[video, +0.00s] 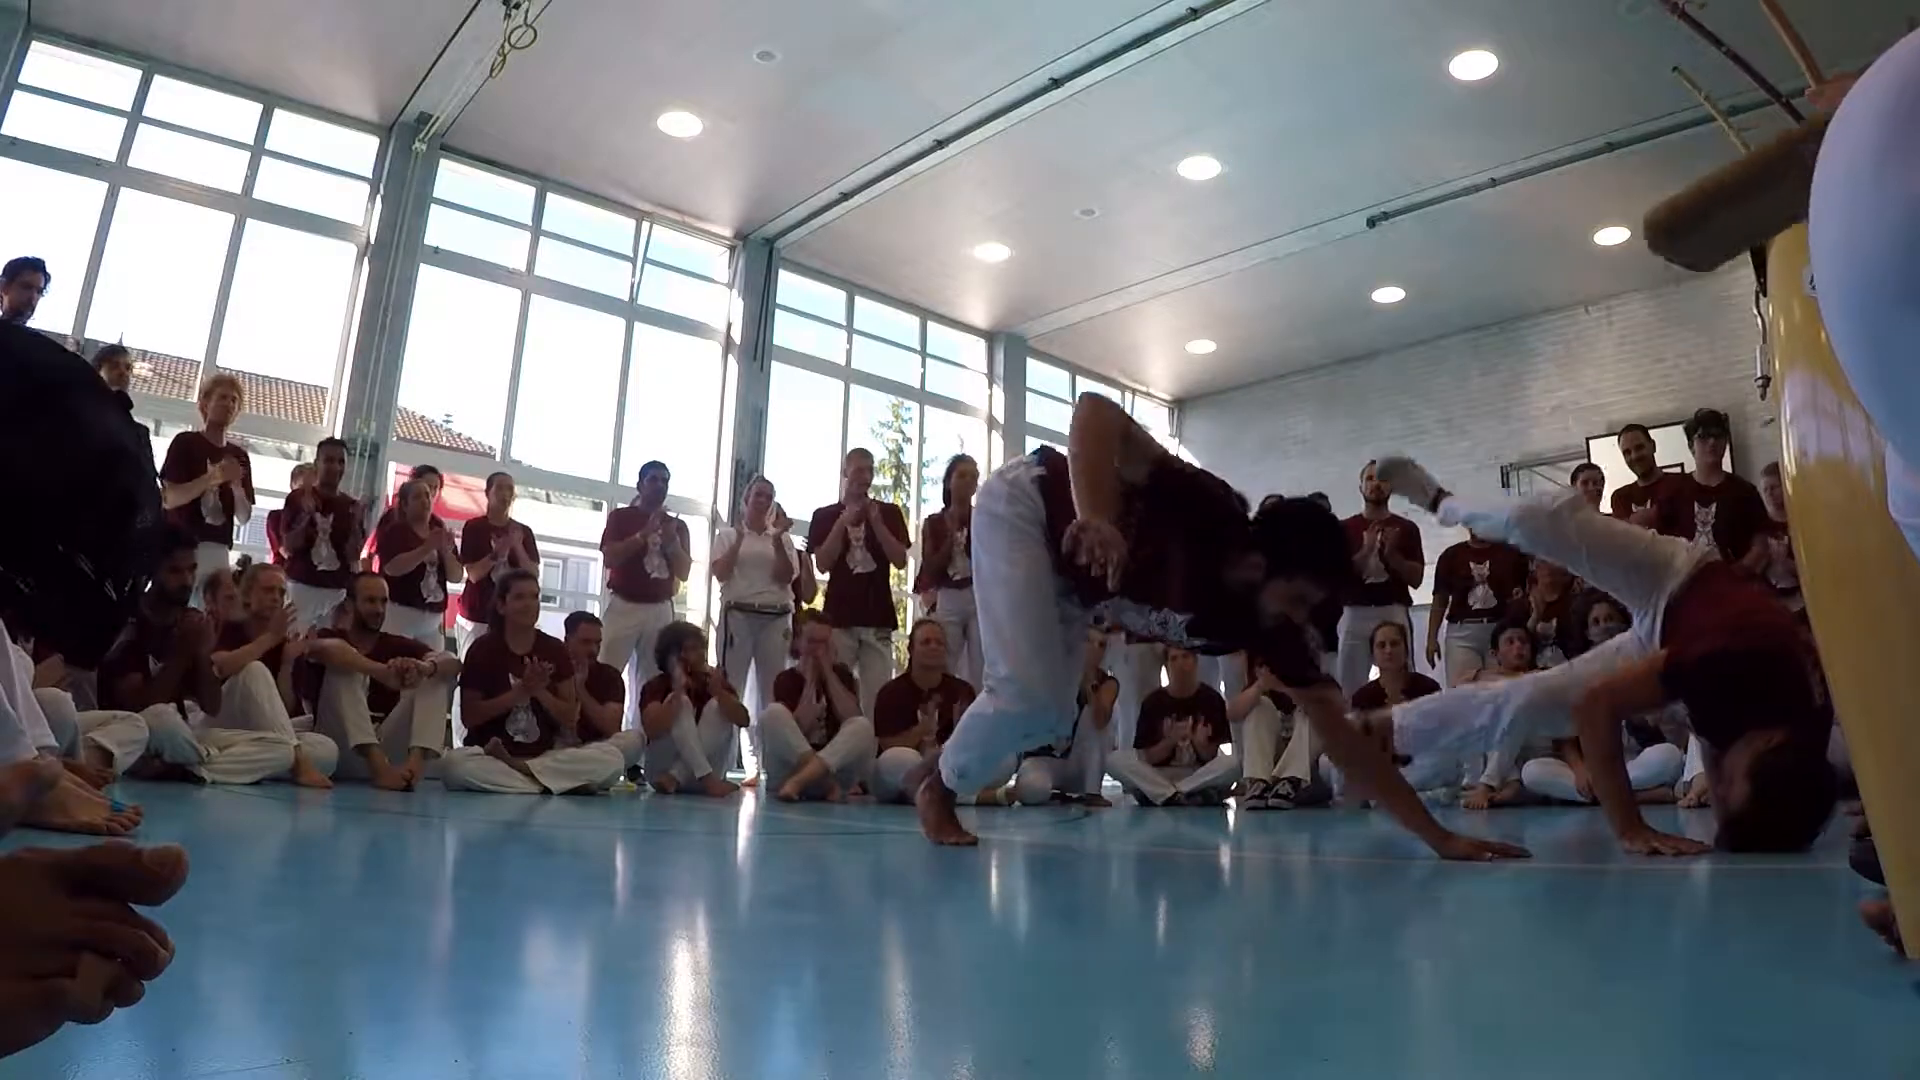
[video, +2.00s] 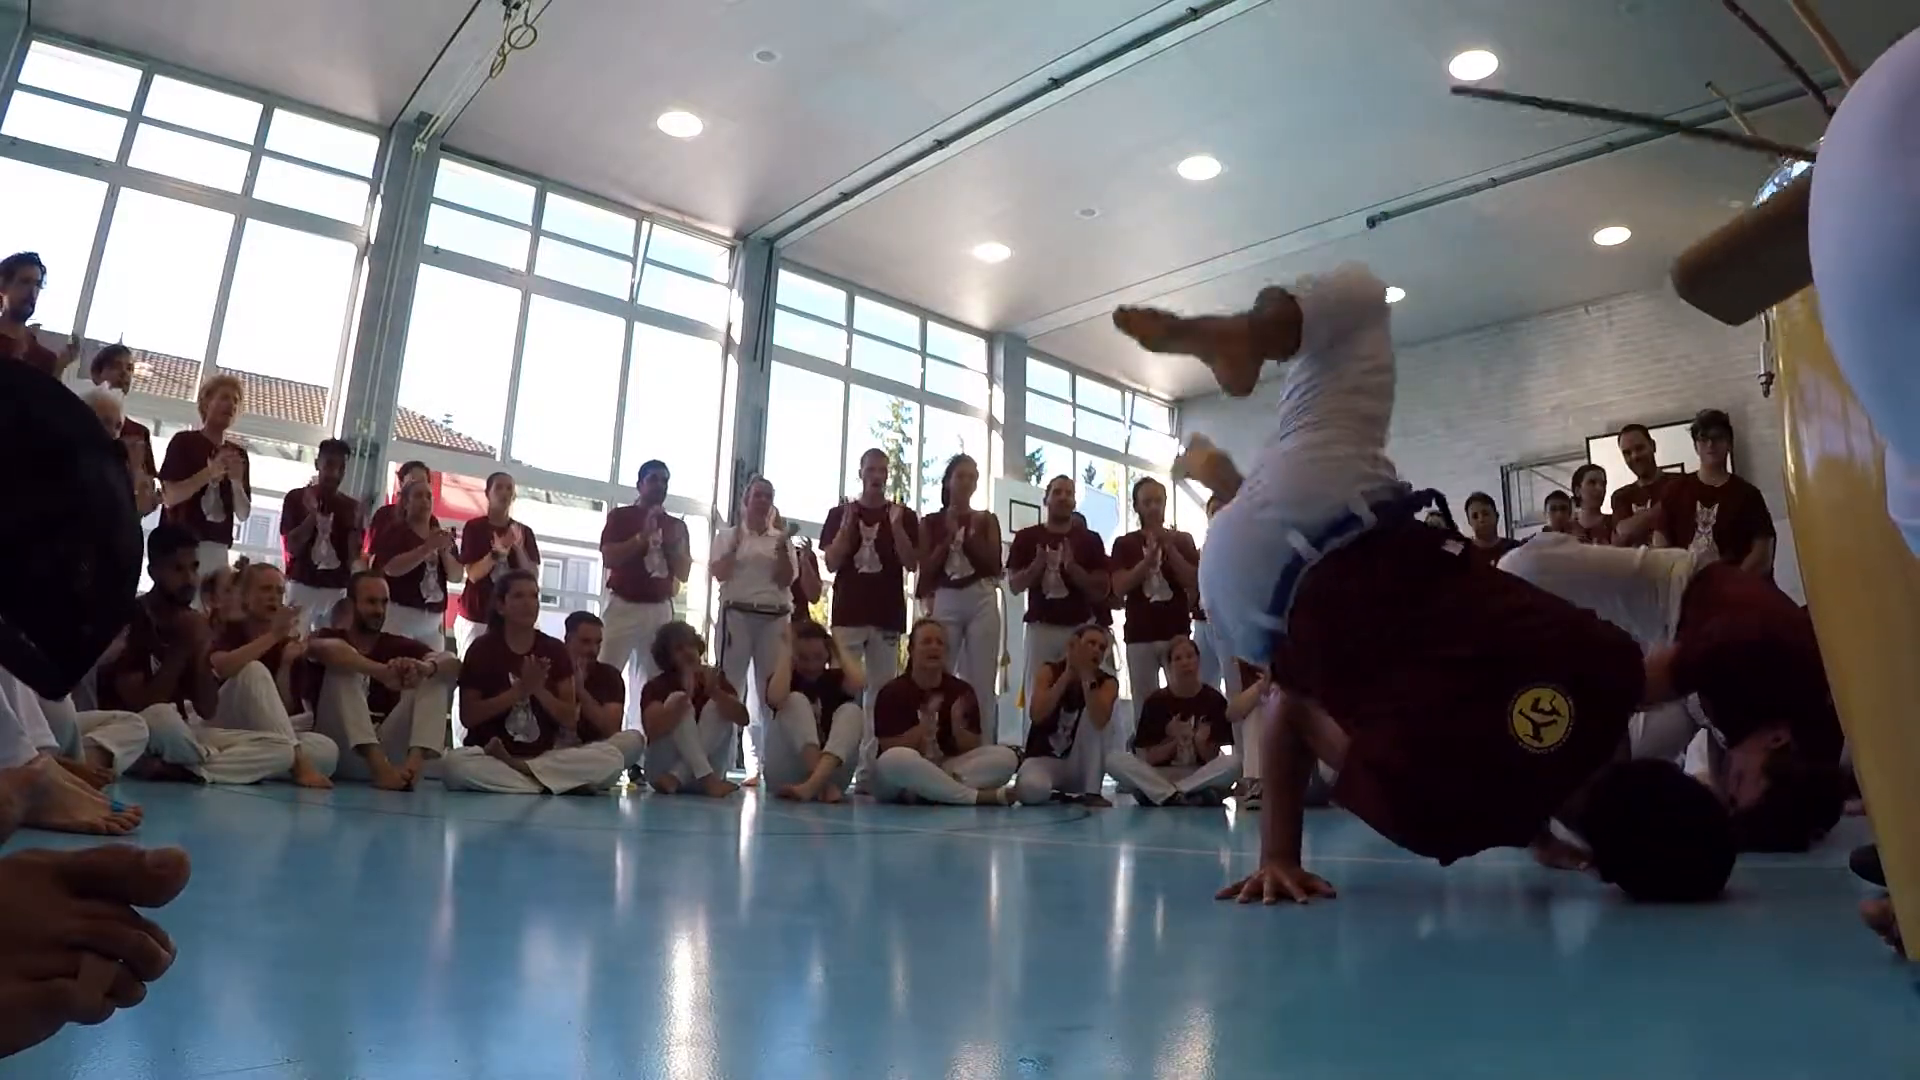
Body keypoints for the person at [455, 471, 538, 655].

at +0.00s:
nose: (504, 494)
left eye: (509, 489)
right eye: (499, 489)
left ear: (514, 495)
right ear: (488, 493)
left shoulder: (523, 532)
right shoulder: (473, 527)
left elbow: (533, 573)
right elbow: (473, 575)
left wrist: (518, 547)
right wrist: (496, 554)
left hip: (510, 619)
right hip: (474, 616)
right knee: (470, 680)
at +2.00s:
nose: (504, 493)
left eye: (509, 488)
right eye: (499, 488)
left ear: (514, 495)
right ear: (488, 493)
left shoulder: (524, 532)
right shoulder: (474, 527)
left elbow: (533, 575)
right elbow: (473, 575)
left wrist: (519, 548)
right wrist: (495, 554)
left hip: (510, 621)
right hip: (474, 617)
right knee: (472, 678)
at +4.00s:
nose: (503, 494)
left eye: (508, 490)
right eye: (498, 489)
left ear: (513, 495)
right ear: (487, 493)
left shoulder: (523, 533)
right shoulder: (473, 527)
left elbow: (532, 575)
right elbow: (472, 575)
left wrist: (516, 551)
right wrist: (492, 554)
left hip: (509, 623)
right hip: (473, 620)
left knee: (505, 685)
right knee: (469, 685)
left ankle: (498, 743)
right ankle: (463, 747)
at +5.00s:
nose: (508, 497)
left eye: (512, 493)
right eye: (503, 491)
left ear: (515, 498)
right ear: (489, 493)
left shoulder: (521, 531)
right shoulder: (472, 527)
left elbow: (531, 573)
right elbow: (471, 573)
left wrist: (518, 545)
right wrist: (494, 553)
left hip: (510, 622)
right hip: (475, 617)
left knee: (505, 684)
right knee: (470, 684)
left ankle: (497, 743)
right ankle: (462, 745)